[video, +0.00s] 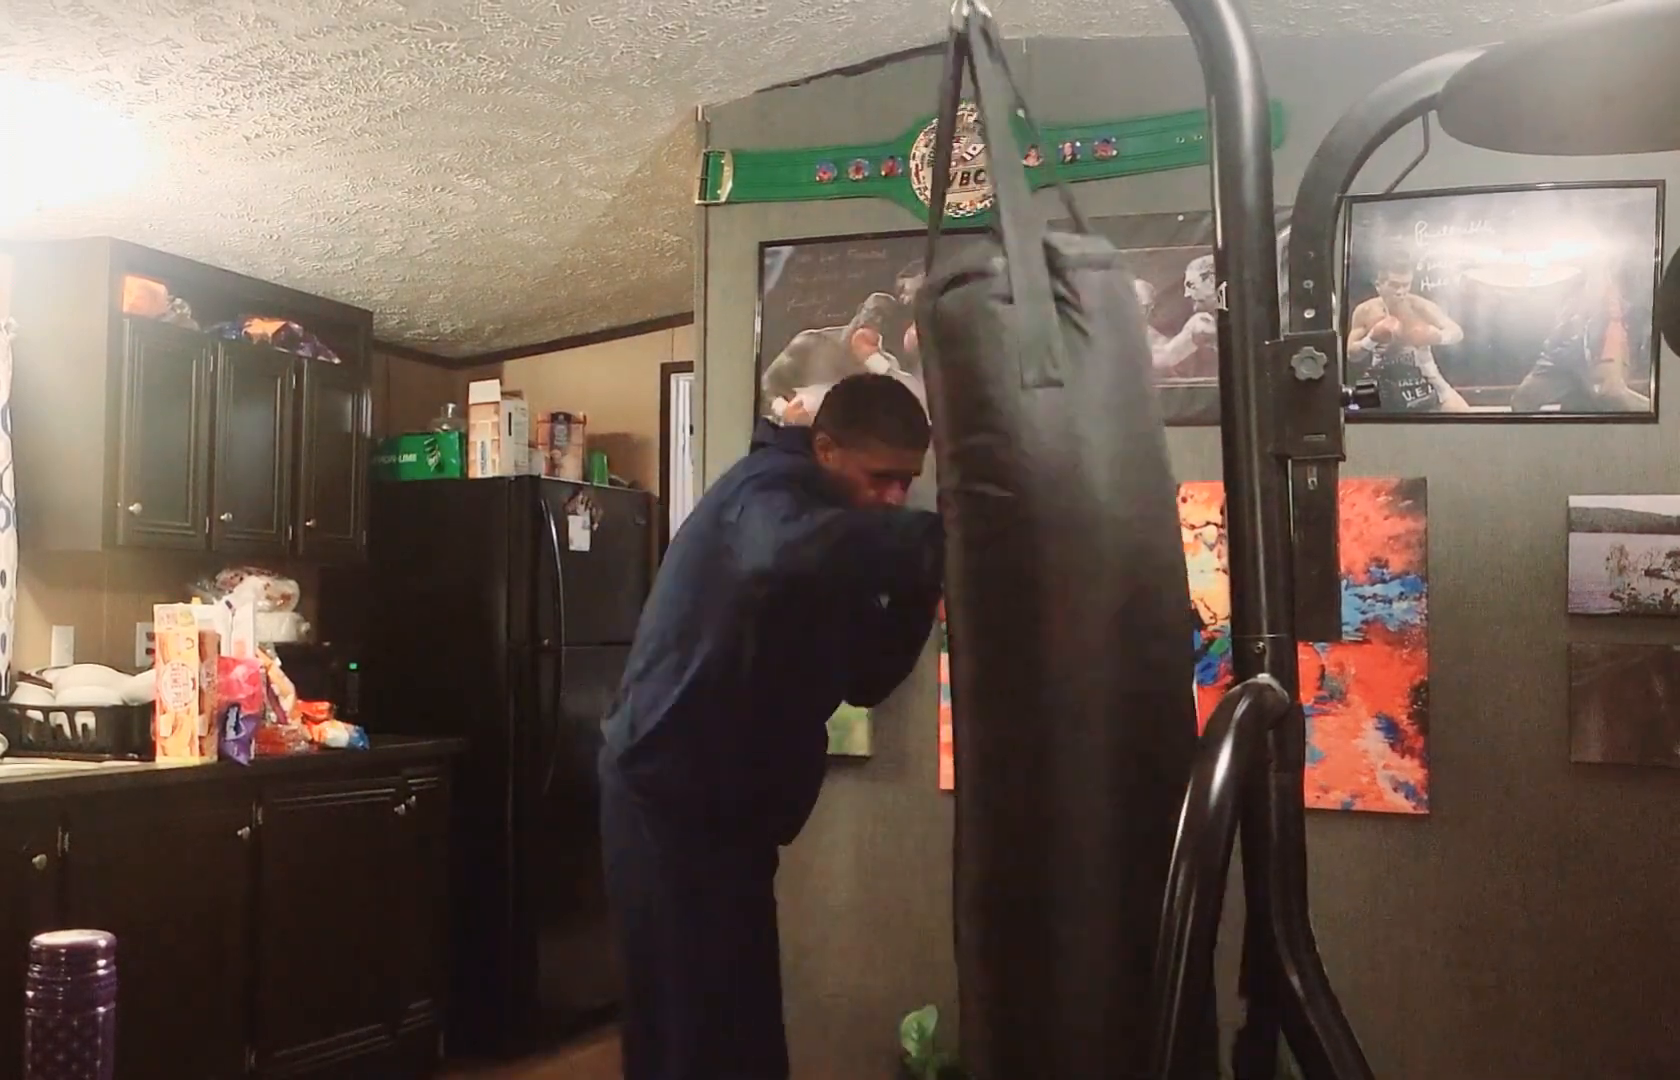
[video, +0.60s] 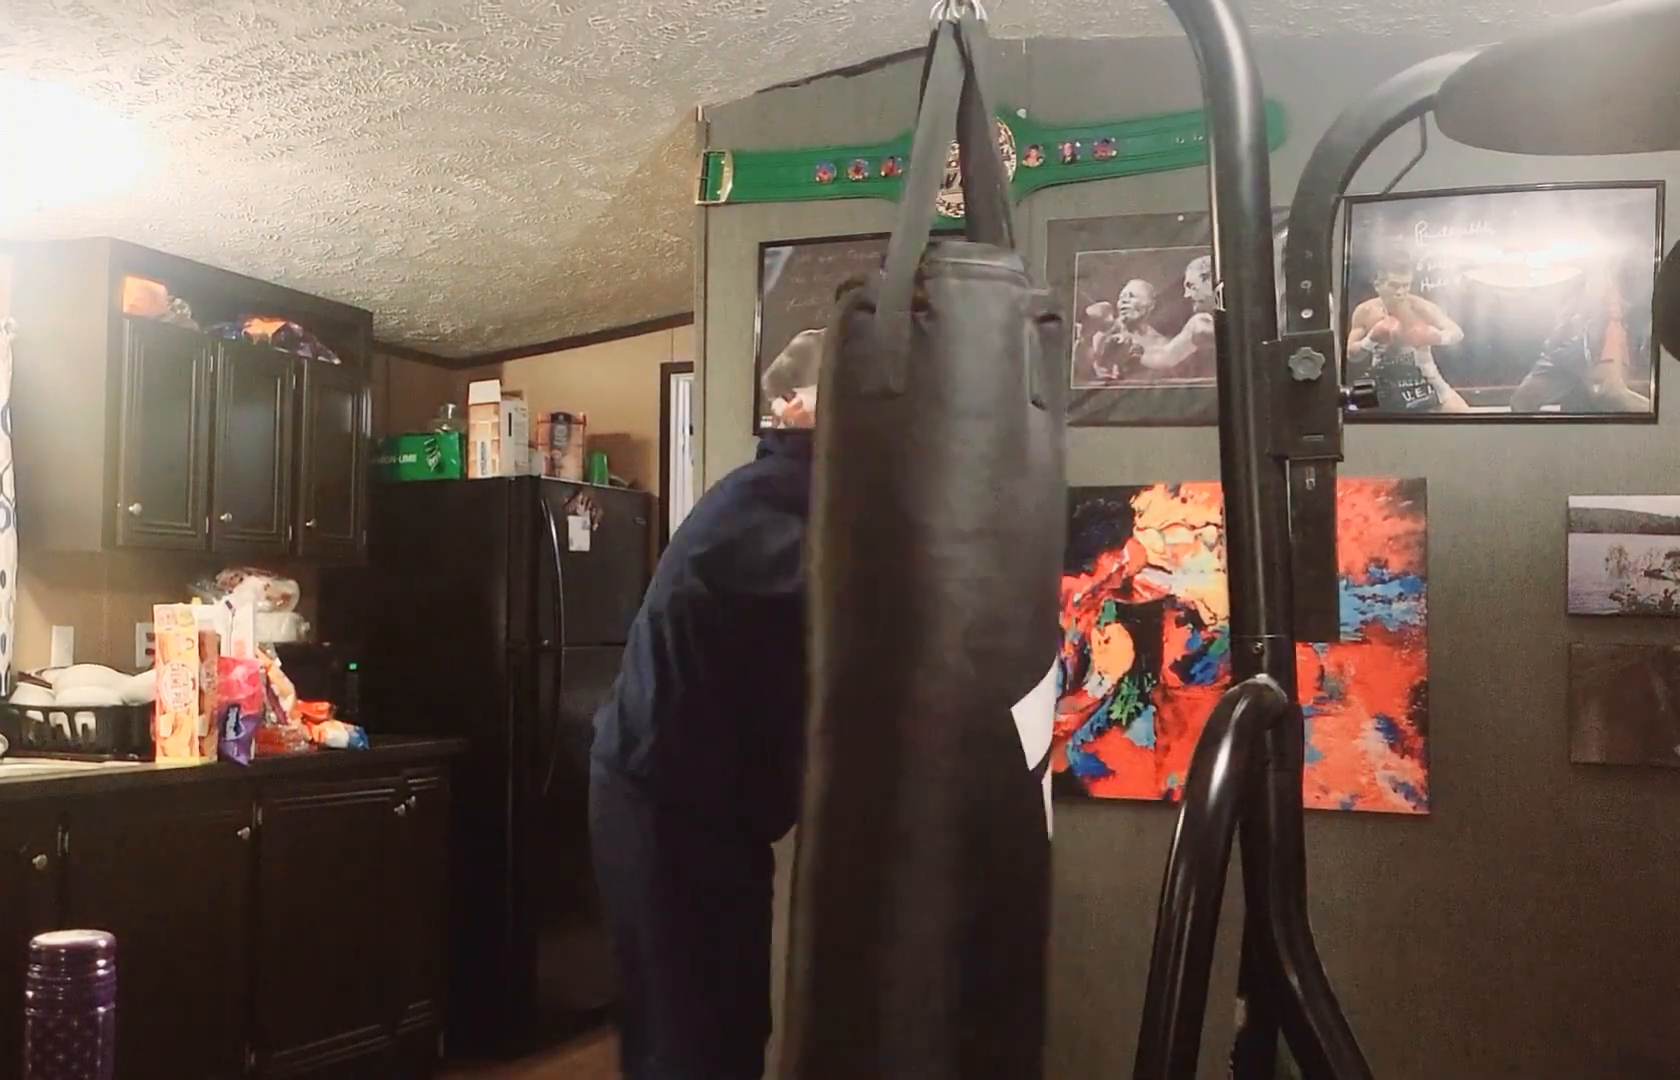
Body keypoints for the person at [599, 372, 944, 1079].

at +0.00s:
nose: (896, 498)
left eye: (906, 483)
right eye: (881, 479)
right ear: (827, 449)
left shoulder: (830, 535)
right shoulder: (775, 481)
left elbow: (866, 679)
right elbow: (776, 550)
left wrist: (927, 580)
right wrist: (936, 535)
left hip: (728, 813)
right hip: (670, 808)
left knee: (743, 1039)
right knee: (704, 1040)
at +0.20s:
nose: (885, 503)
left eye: (894, 486)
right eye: (872, 482)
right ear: (821, 456)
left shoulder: (835, 530)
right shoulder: (764, 493)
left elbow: (845, 694)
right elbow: (717, 614)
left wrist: (903, 606)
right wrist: (875, 590)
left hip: (732, 805)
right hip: (663, 799)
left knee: (741, 1029)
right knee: (685, 1032)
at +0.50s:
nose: (873, 490)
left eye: (877, 475)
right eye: (864, 473)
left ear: (825, 467)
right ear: (823, 464)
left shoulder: (829, 533)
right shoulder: (746, 499)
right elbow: (641, 581)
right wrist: (782, 594)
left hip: (739, 798)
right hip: (667, 793)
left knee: (759, 1027)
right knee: (710, 1034)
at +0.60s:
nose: (854, 412)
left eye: (847, 396)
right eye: (841, 395)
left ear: (789, 407)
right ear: (798, 406)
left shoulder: (766, 488)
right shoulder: (782, 492)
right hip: (677, 801)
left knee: (683, 1025)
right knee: (707, 1034)